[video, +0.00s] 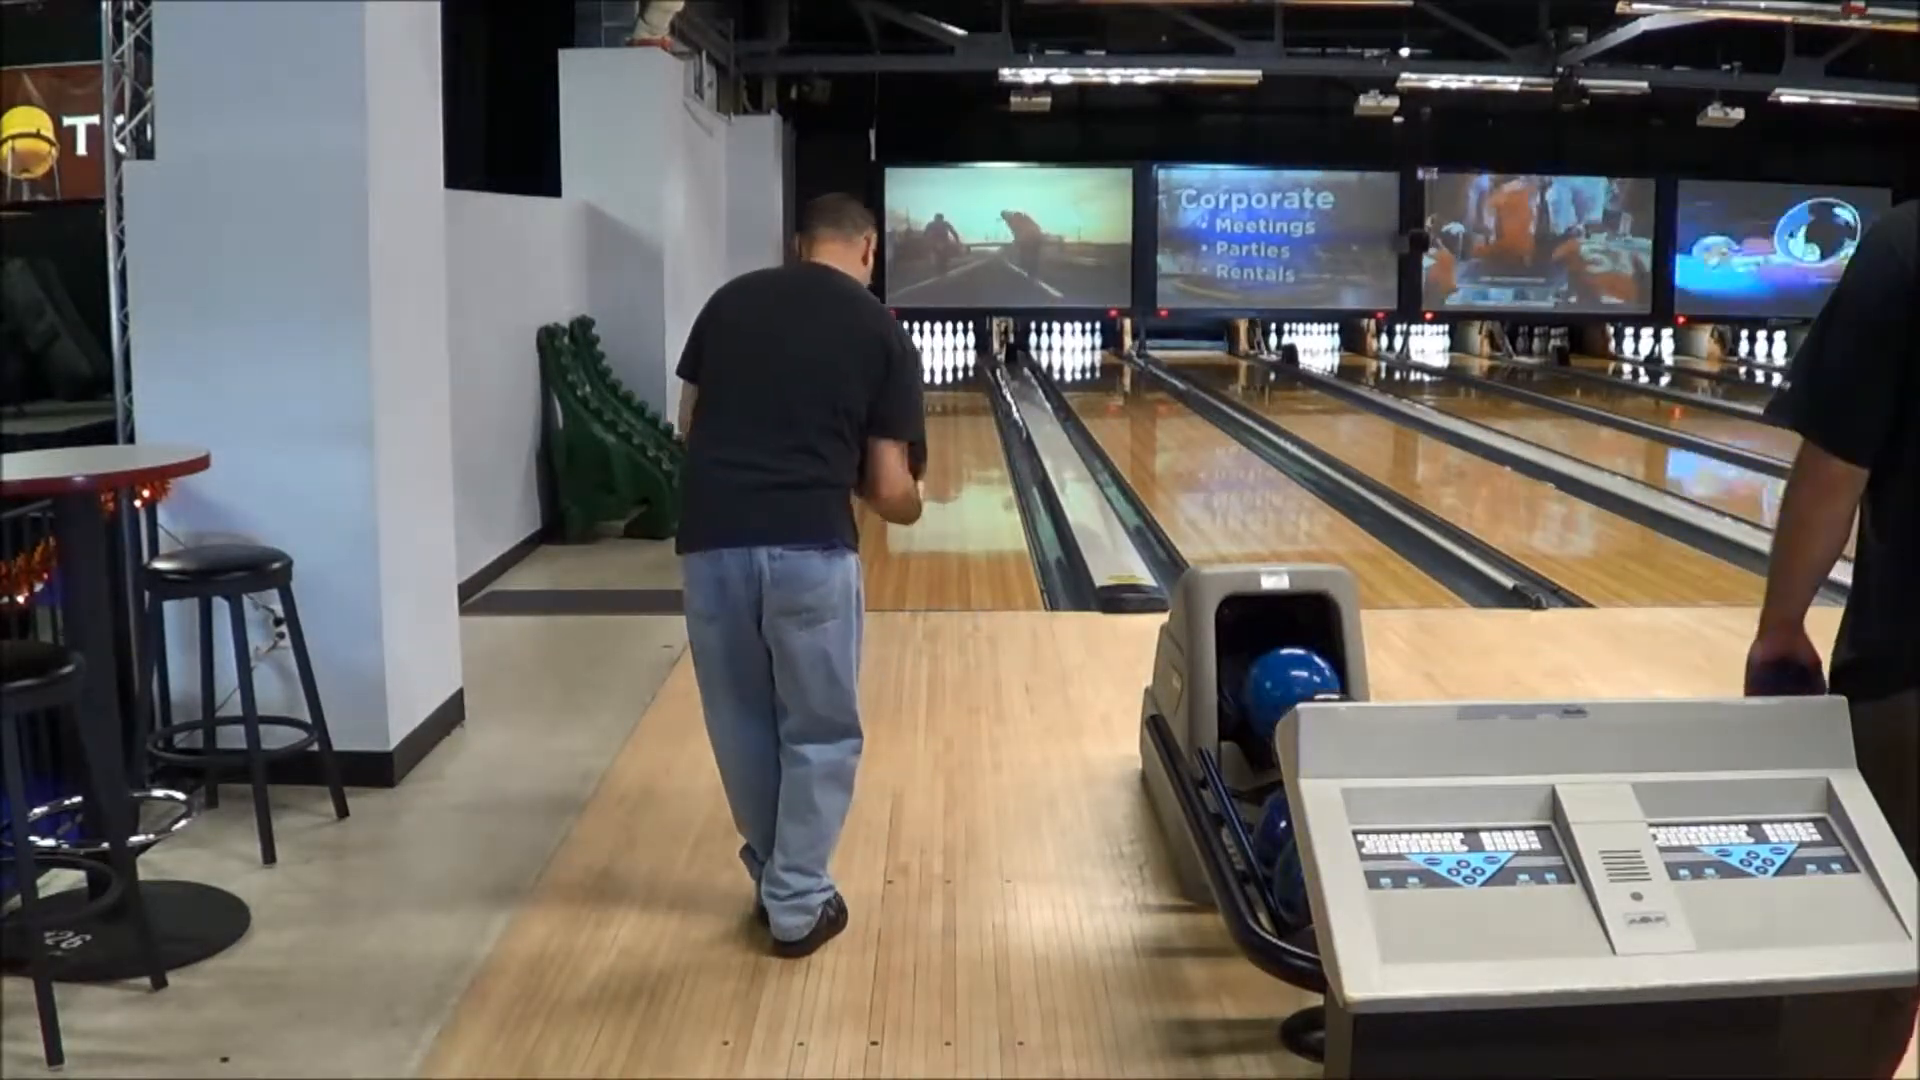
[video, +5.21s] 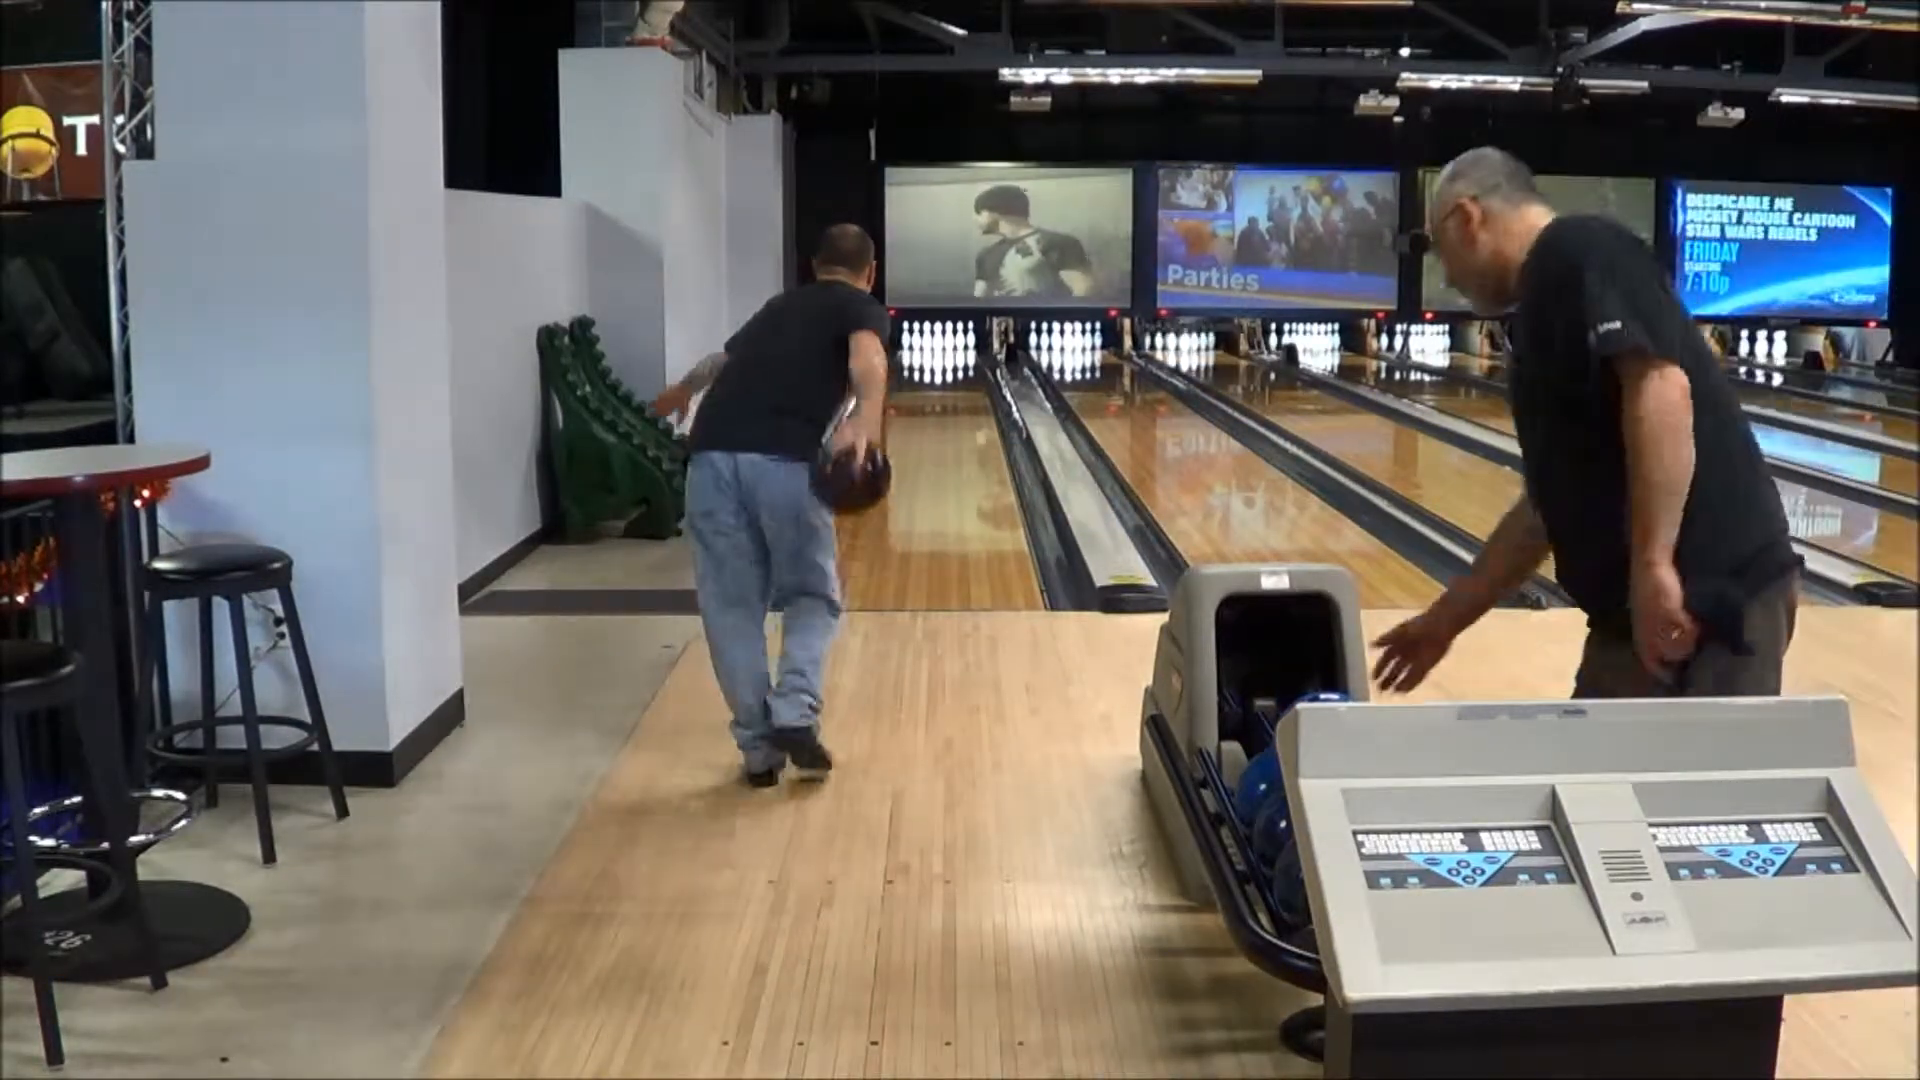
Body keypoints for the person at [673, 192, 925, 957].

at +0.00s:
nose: (873, 267)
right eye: (876, 257)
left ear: (797, 243)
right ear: (869, 251)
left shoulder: (732, 298)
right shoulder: (880, 332)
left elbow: (693, 421)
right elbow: (890, 489)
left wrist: (745, 452)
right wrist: (905, 506)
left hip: (710, 547)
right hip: (809, 549)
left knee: (738, 720)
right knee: (820, 731)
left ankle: (771, 871)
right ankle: (794, 906)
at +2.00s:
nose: (851, 237)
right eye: (854, 226)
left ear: (772, 228)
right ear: (849, 230)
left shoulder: (715, 302)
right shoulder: (870, 326)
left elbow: (683, 423)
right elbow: (871, 477)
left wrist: (724, 485)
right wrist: (878, 537)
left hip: (701, 557)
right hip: (803, 557)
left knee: (732, 724)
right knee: (817, 736)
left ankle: (768, 870)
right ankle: (794, 904)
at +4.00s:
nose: (853, 246)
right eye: (857, 236)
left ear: (784, 235)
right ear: (853, 240)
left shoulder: (727, 299)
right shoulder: (869, 333)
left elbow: (689, 416)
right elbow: (858, 475)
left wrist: (716, 484)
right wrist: (865, 534)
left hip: (696, 524)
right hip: (793, 527)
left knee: (726, 690)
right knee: (798, 680)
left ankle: (772, 861)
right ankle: (801, 809)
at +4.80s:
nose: (864, 270)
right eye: (865, 261)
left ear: (799, 258)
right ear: (861, 263)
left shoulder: (755, 303)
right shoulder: (869, 341)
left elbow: (749, 404)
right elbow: (862, 466)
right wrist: (854, 530)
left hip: (704, 496)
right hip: (782, 505)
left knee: (721, 635)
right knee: (794, 654)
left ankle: (751, 763)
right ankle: (779, 794)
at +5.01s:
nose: (864, 271)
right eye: (867, 262)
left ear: (804, 257)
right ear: (864, 262)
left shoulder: (764, 297)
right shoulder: (866, 320)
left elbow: (745, 395)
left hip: (701, 465)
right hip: (778, 473)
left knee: (722, 618)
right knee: (786, 625)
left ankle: (754, 744)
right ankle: (780, 770)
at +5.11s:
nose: (868, 271)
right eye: (869, 263)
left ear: (807, 260)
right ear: (865, 262)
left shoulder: (769, 297)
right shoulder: (861, 309)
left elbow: (723, 369)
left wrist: (682, 418)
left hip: (705, 457)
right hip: (778, 460)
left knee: (722, 613)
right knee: (794, 611)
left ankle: (755, 750)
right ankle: (780, 723)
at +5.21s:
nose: (876, 281)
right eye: (877, 273)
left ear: (813, 267)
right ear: (871, 271)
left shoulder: (777, 308)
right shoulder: (861, 306)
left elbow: (719, 361)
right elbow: (867, 356)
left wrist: (680, 391)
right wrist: (865, 425)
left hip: (710, 456)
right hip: (782, 457)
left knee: (730, 603)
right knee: (810, 593)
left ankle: (758, 750)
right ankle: (794, 710)